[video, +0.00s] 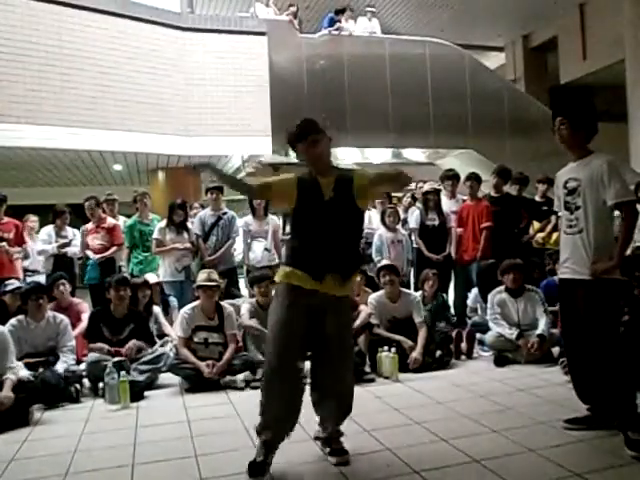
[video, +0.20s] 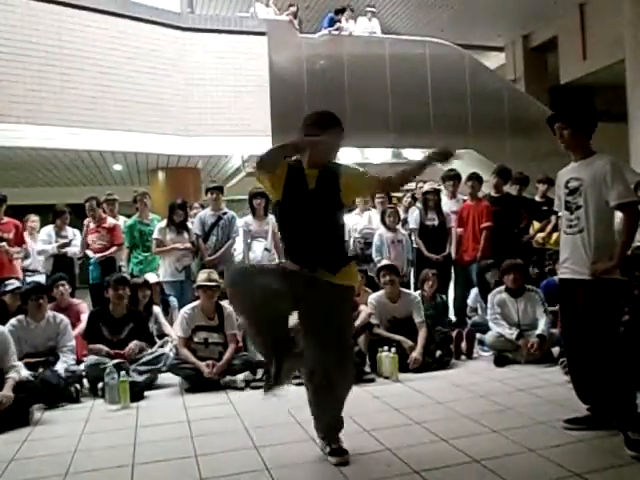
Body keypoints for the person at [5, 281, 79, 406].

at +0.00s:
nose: (40, 302)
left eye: (42, 298)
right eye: (35, 299)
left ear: (48, 301)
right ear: (26, 304)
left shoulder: (61, 322)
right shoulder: (14, 326)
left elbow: (68, 353)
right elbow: (10, 359)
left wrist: (56, 372)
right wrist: (26, 375)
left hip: (53, 368)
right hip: (27, 371)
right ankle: (67, 394)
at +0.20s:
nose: (40, 302)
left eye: (43, 298)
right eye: (35, 299)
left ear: (48, 301)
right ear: (26, 304)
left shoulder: (60, 322)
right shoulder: (14, 326)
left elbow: (68, 353)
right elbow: (11, 360)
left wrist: (56, 372)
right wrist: (27, 376)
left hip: (54, 368)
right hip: (27, 371)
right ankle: (67, 394)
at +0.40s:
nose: (40, 302)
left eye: (42, 298)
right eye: (35, 299)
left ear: (48, 301)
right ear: (26, 304)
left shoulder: (60, 321)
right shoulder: (14, 326)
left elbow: (68, 353)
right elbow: (10, 360)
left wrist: (56, 372)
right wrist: (27, 376)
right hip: (27, 372)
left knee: (47, 378)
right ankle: (68, 394)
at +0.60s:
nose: (40, 303)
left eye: (42, 299)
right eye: (35, 300)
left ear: (47, 301)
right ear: (26, 304)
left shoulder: (61, 321)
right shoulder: (14, 326)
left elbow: (68, 353)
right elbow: (11, 360)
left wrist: (57, 372)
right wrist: (27, 375)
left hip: (54, 369)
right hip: (28, 372)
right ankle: (66, 394)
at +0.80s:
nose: (39, 303)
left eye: (42, 299)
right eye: (34, 300)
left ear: (47, 301)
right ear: (25, 304)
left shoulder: (60, 321)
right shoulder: (14, 326)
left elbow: (69, 353)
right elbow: (10, 359)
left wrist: (55, 372)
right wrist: (25, 375)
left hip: (54, 368)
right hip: (28, 371)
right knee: (20, 388)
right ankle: (68, 394)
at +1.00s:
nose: (39, 303)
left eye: (42, 299)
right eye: (34, 300)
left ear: (47, 301)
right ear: (25, 305)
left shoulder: (60, 321)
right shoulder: (14, 326)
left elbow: (69, 352)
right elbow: (10, 359)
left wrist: (58, 371)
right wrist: (24, 375)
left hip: (53, 367)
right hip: (28, 370)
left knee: (76, 374)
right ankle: (69, 394)